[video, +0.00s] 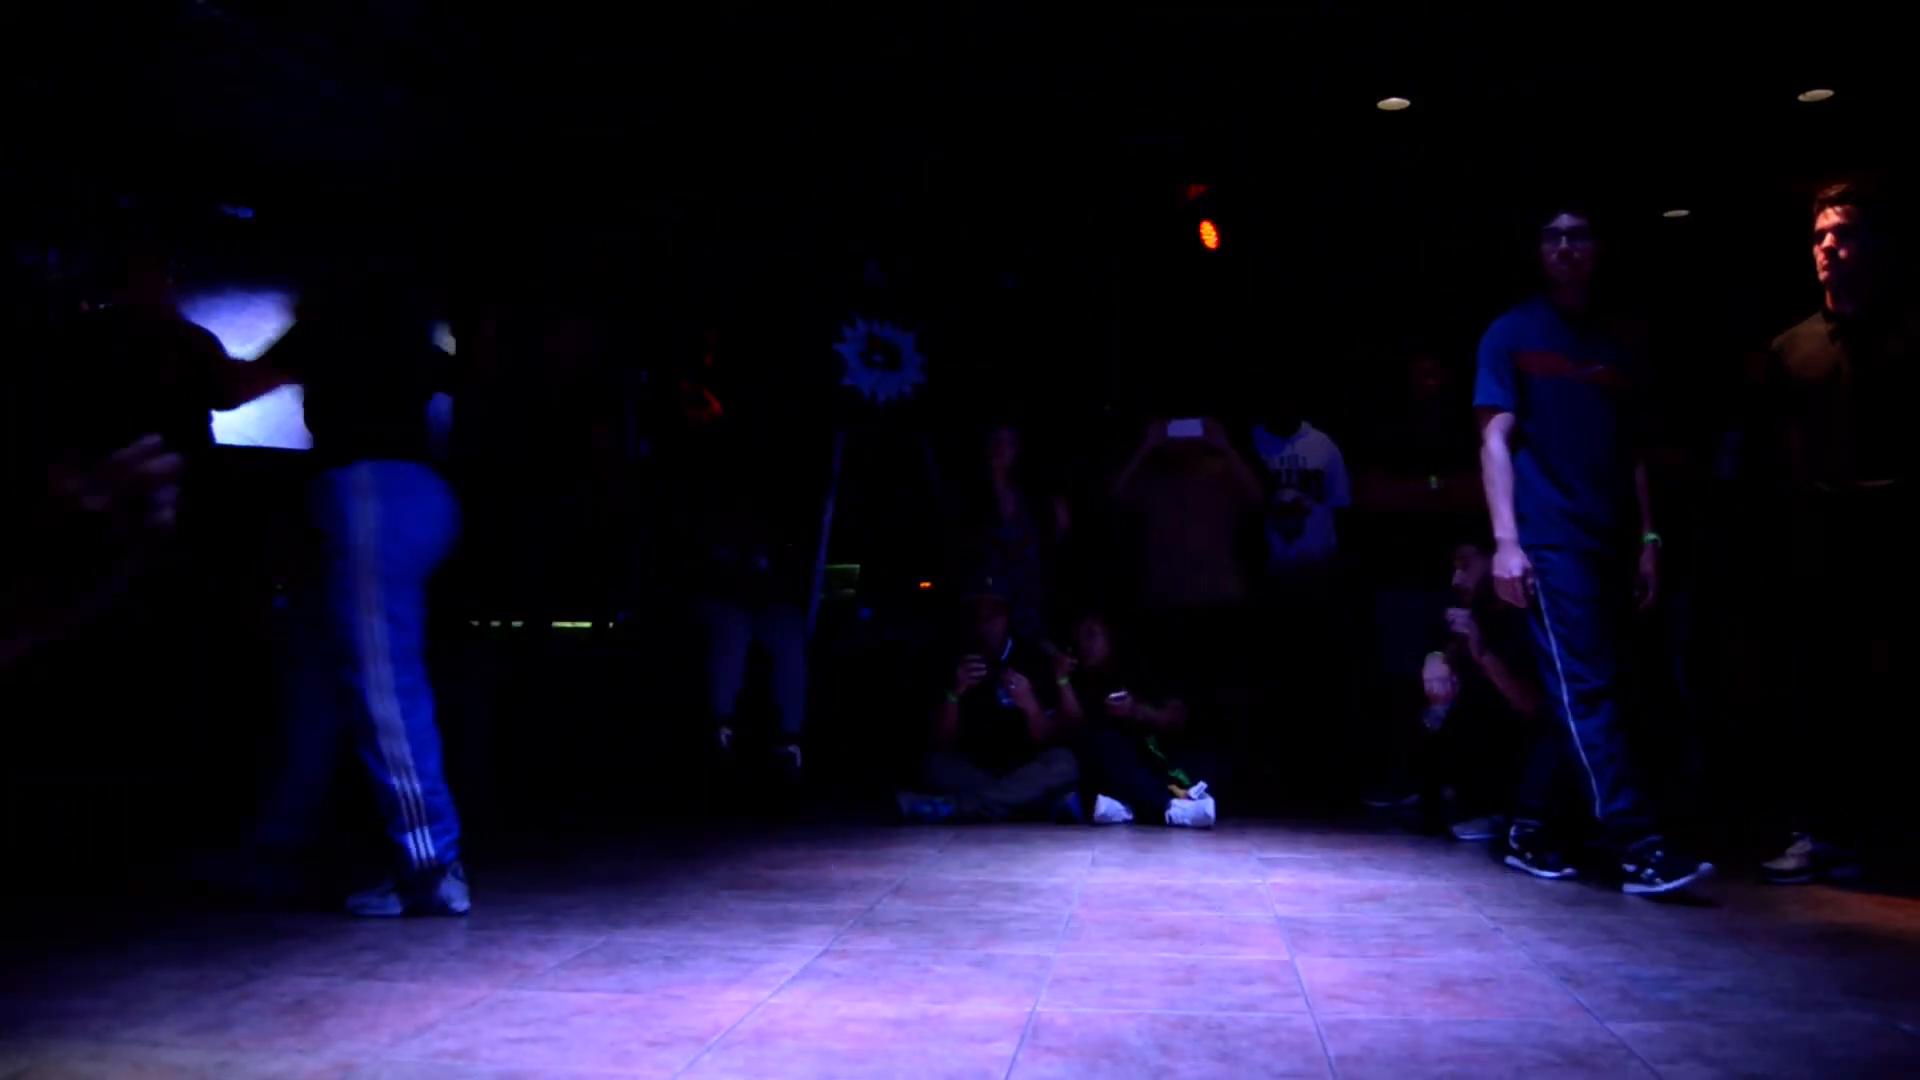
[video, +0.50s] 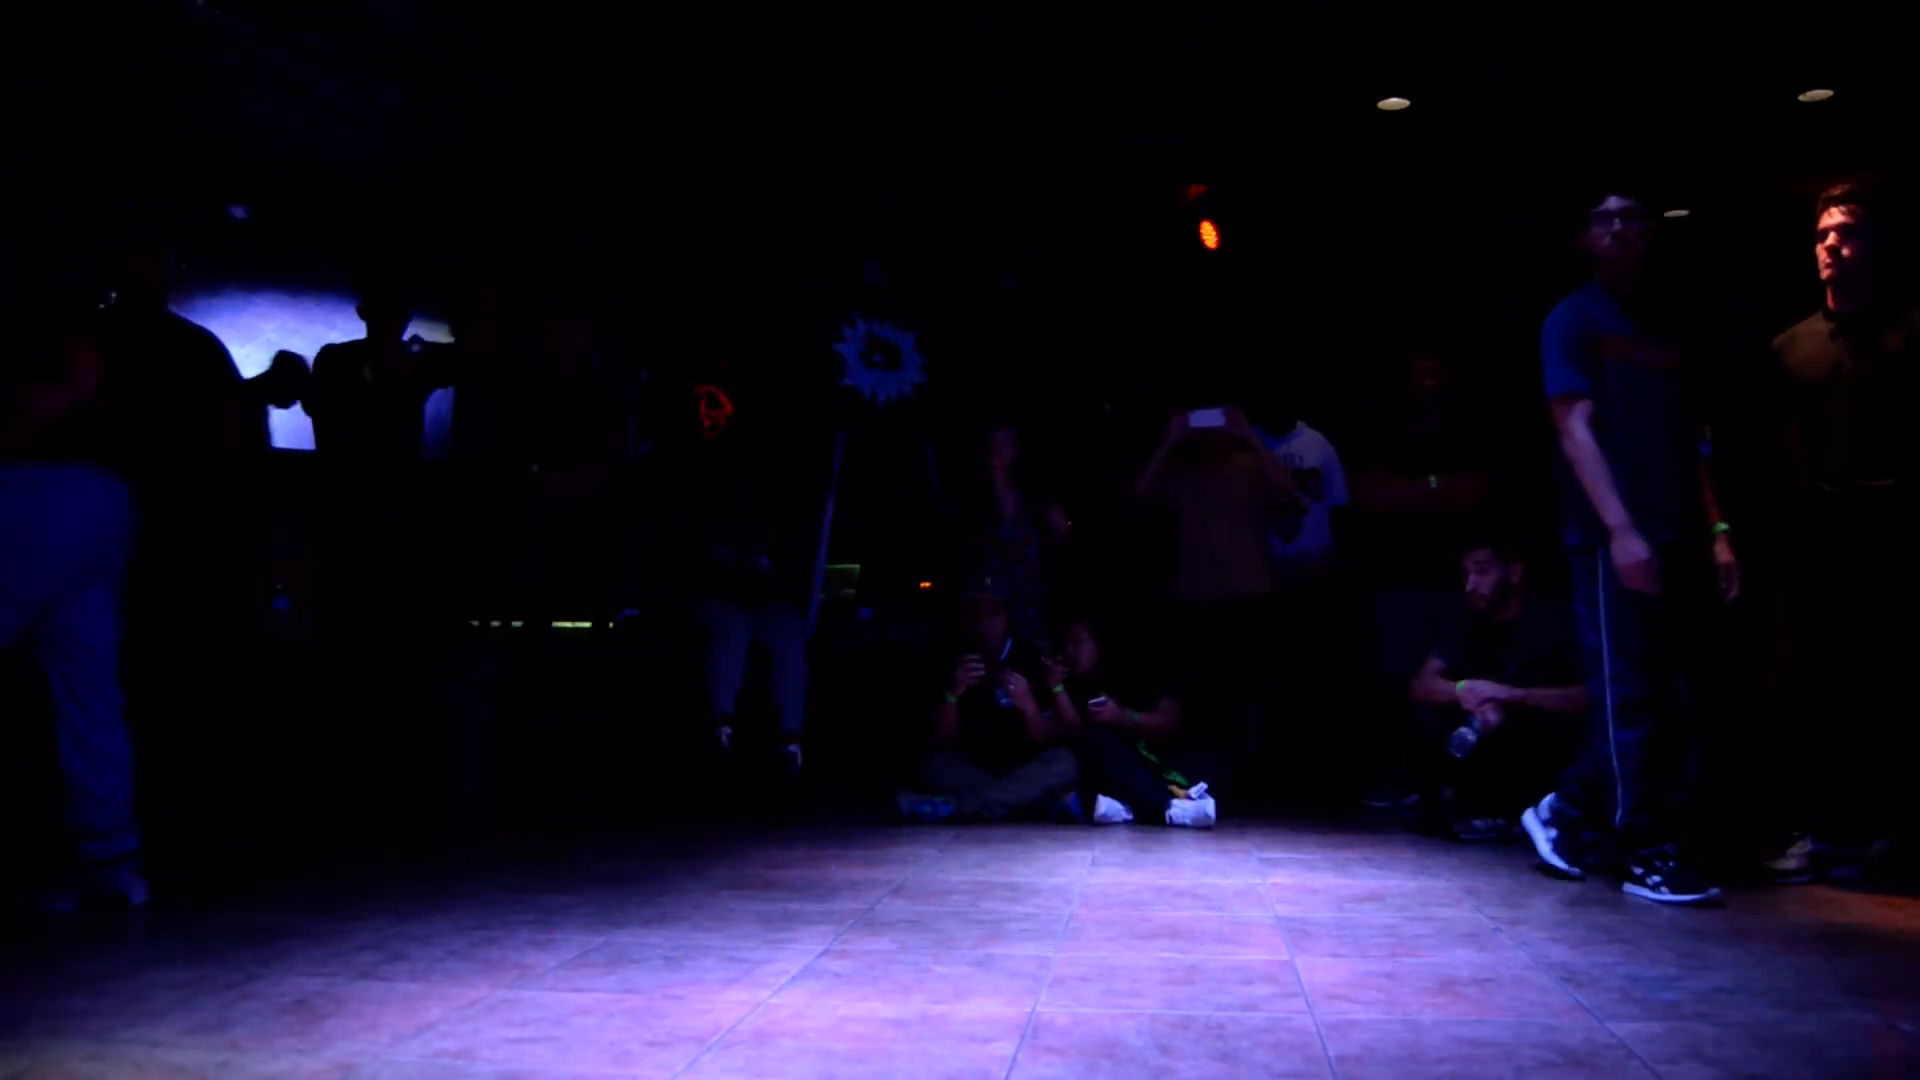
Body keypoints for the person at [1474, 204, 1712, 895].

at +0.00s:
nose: (1566, 250)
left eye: (1579, 238)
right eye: (1555, 239)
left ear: (1598, 249)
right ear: (1539, 251)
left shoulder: (1618, 335)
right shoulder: (1512, 334)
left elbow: (1635, 447)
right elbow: (1495, 441)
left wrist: (1647, 535)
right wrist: (1505, 542)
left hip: (1609, 532)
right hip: (1547, 534)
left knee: (1585, 685)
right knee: (1587, 685)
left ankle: (1532, 829)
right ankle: (1636, 849)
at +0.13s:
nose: (1578, 247)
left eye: (1591, 235)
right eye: (1566, 236)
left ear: (1611, 247)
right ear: (1550, 249)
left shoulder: (1627, 330)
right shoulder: (1527, 332)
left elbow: (1648, 447)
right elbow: (1512, 438)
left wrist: (1663, 539)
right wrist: (1526, 543)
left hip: (1625, 534)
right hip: (1568, 535)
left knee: (1589, 685)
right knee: (1597, 687)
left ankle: (1535, 829)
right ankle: (1643, 851)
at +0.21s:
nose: (1590, 246)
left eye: (1601, 234)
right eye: (1576, 235)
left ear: (1620, 245)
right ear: (1557, 249)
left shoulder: (1636, 326)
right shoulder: (1539, 329)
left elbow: (1658, 444)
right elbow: (1527, 438)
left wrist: (1675, 536)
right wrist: (1544, 541)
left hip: (1637, 530)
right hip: (1583, 533)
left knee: (1591, 683)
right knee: (1607, 687)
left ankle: (1535, 826)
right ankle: (1644, 850)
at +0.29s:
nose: (1598, 242)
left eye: (1609, 230)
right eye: (1584, 231)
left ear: (1628, 242)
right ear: (1565, 245)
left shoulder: (1641, 325)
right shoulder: (1548, 328)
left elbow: (1663, 445)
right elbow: (1542, 437)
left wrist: (1686, 535)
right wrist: (1568, 540)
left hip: (1644, 530)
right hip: (1591, 533)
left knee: (1599, 687)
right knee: (1613, 691)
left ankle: (1537, 825)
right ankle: (1644, 849)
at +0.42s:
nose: (1614, 238)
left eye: (1624, 225)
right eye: (1600, 227)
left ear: (1642, 237)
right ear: (1579, 241)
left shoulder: (1657, 318)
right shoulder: (1564, 323)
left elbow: (1685, 440)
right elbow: (1562, 434)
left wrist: (1705, 530)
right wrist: (1603, 535)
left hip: (1663, 527)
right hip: (1606, 530)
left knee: (1636, 687)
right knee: (1624, 692)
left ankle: (1551, 817)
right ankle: (1646, 851)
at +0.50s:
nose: (1621, 233)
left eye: (1632, 221)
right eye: (1606, 223)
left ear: (1651, 235)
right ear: (1586, 238)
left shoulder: (1664, 318)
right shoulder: (1575, 319)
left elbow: (1689, 442)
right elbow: (1575, 431)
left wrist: (1716, 529)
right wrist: (1622, 531)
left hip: (1668, 527)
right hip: (1610, 531)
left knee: (1656, 685)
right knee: (1631, 692)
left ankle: (1568, 810)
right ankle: (1648, 855)